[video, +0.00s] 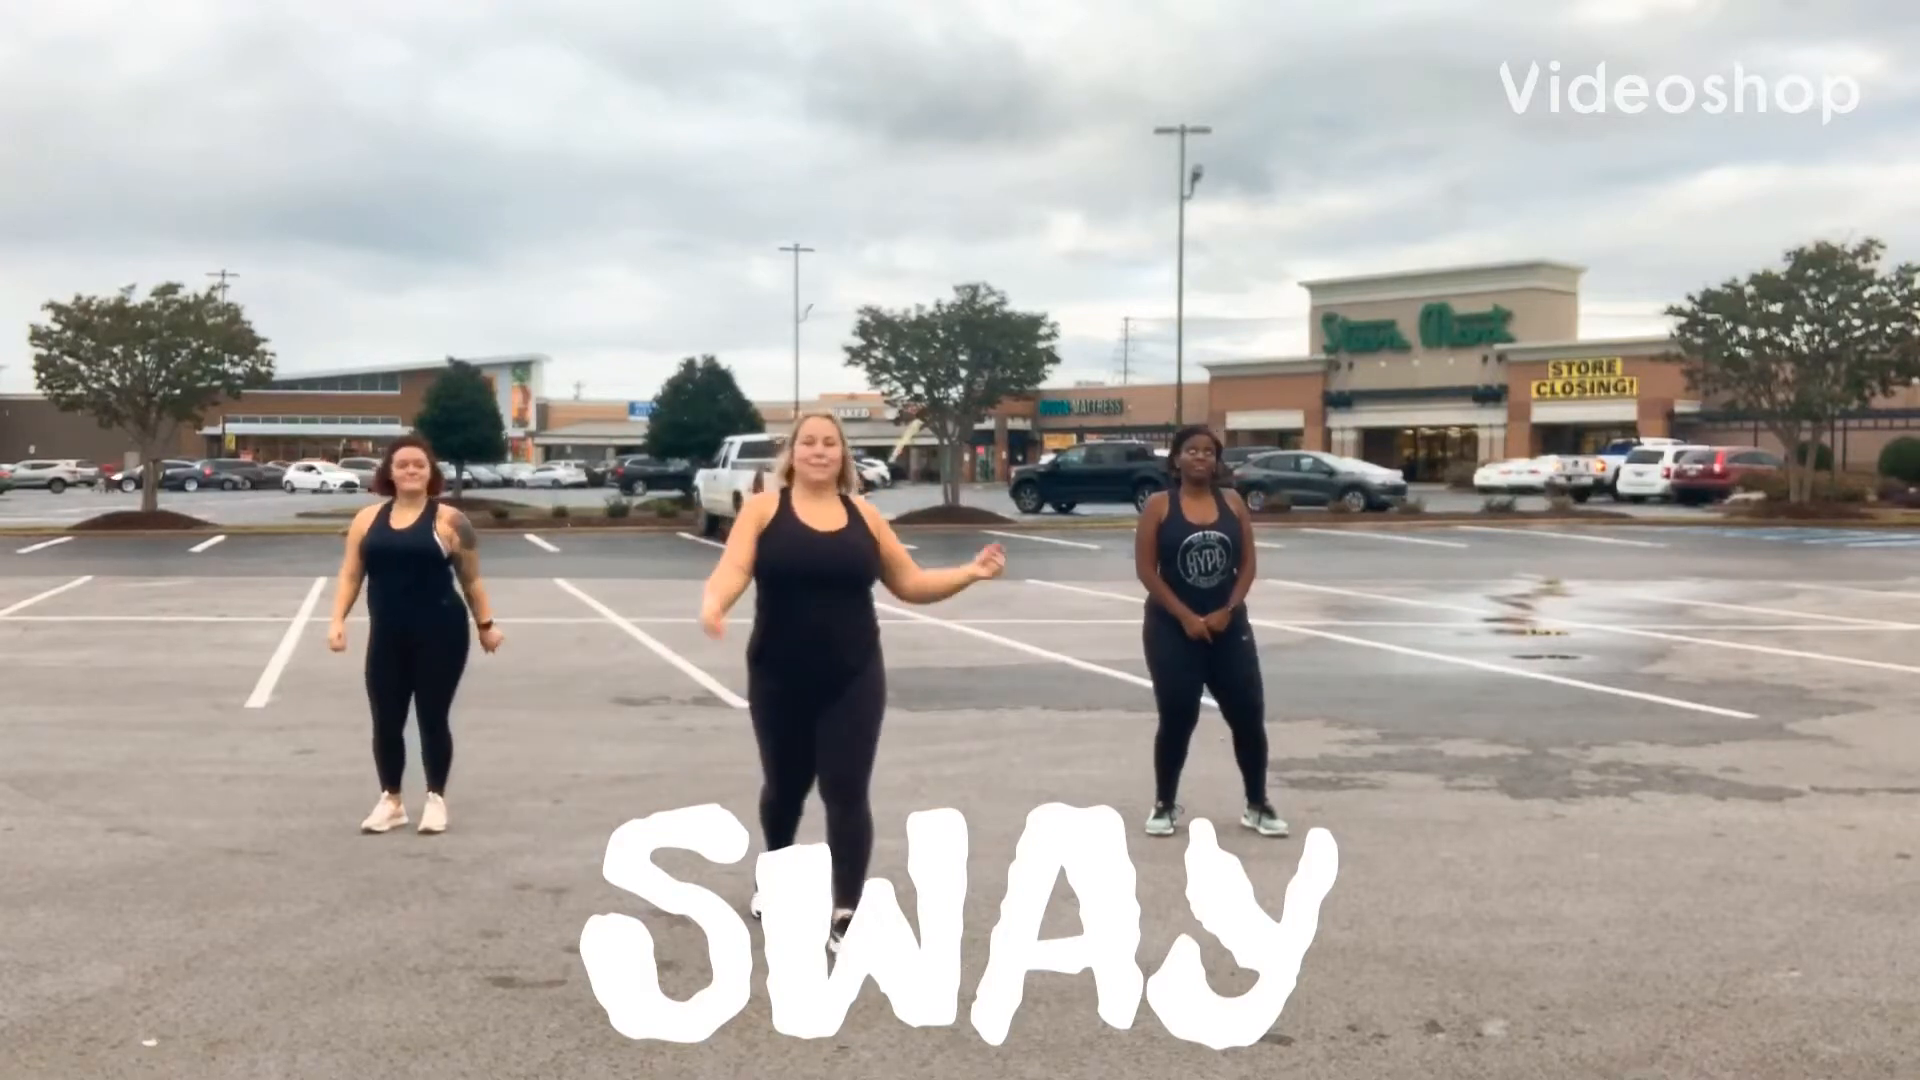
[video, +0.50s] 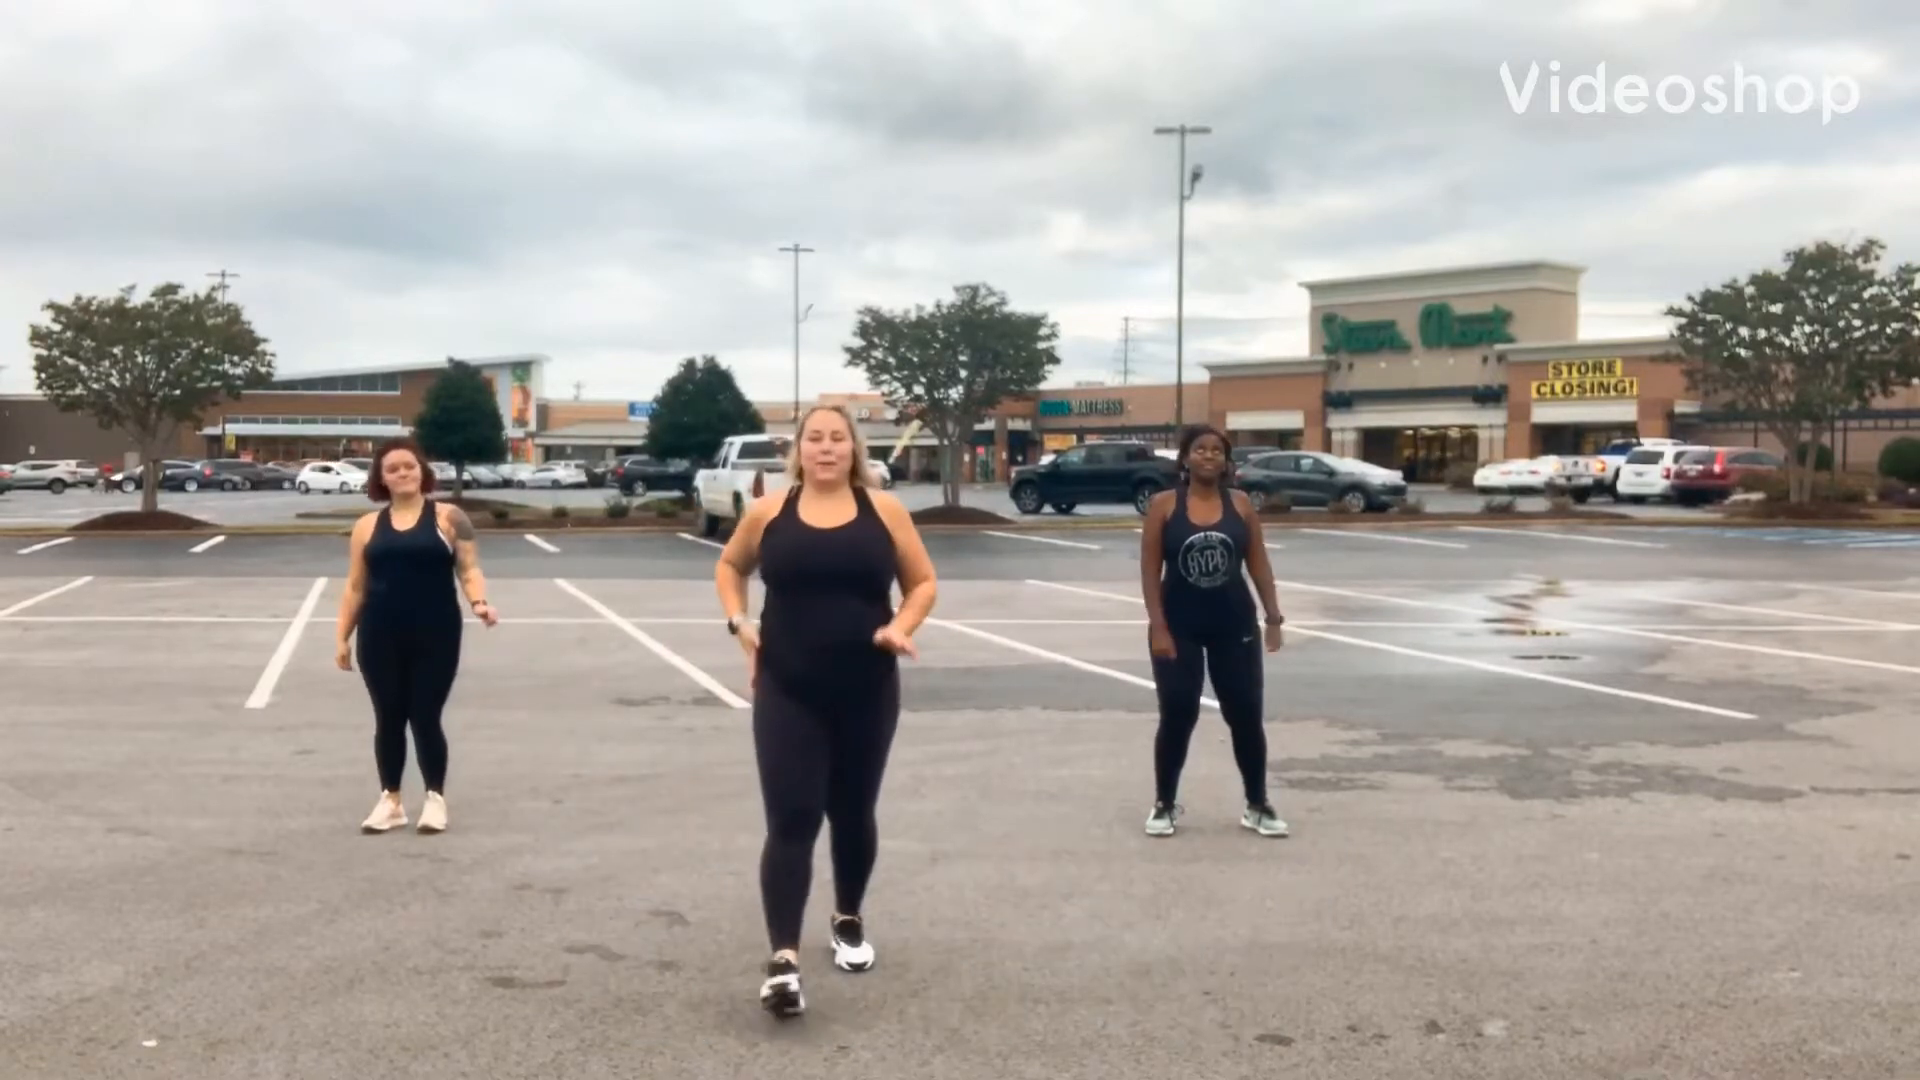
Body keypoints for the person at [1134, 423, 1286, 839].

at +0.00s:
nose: (1200, 457)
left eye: (1208, 452)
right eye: (1192, 451)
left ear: (1217, 461)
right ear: (1177, 458)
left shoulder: (1232, 503)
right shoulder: (1159, 506)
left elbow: (1248, 565)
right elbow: (1146, 571)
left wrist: (1228, 609)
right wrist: (1186, 616)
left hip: (1227, 623)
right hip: (1172, 626)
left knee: (1249, 715)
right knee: (1177, 718)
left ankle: (1257, 805)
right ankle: (1164, 805)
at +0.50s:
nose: (1209, 456)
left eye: (1216, 451)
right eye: (1201, 449)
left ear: (1226, 460)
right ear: (1185, 457)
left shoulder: (1240, 502)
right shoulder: (1164, 505)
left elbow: (1258, 562)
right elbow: (1151, 570)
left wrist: (1273, 615)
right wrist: (1158, 626)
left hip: (1234, 625)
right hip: (1179, 627)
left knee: (1247, 717)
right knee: (1177, 717)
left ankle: (1257, 805)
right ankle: (1164, 805)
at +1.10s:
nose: (1223, 453)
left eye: (1231, 448)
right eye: (1215, 447)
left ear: (1242, 459)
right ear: (1200, 457)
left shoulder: (1255, 504)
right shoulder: (1179, 500)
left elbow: (1267, 567)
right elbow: (1164, 565)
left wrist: (1267, 623)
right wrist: (1160, 623)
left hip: (1247, 628)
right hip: (1192, 627)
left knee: (1251, 719)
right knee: (1186, 717)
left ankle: (1258, 805)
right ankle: (1165, 804)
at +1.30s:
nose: (1220, 453)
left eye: (1228, 447)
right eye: (1212, 447)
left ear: (1239, 457)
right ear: (1198, 457)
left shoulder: (1256, 501)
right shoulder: (1178, 502)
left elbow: (1271, 566)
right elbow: (1162, 565)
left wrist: (1251, 610)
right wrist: (1152, 620)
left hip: (1247, 625)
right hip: (1191, 625)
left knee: (1251, 720)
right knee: (1186, 717)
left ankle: (1258, 806)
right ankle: (1165, 805)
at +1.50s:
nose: (1216, 453)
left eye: (1223, 447)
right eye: (1207, 448)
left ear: (1235, 456)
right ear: (1193, 459)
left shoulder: (1254, 500)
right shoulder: (1176, 504)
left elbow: (1271, 562)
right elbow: (1158, 569)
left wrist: (1269, 614)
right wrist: (1148, 625)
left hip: (1244, 628)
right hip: (1187, 628)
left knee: (1252, 720)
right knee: (1184, 718)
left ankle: (1258, 806)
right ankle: (1164, 805)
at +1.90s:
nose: (1213, 451)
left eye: (1220, 445)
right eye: (1204, 446)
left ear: (1231, 455)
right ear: (1189, 459)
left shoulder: (1252, 498)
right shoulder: (1174, 501)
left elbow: (1273, 557)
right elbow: (1161, 563)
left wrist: (1290, 610)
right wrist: (1160, 619)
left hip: (1239, 628)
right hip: (1185, 628)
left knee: (1247, 719)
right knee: (1178, 717)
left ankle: (1257, 805)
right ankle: (1162, 805)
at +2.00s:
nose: (1213, 452)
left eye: (1219, 446)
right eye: (1203, 447)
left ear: (1230, 455)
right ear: (1189, 460)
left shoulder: (1251, 499)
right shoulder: (1174, 502)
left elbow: (1270, 558)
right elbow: (1159, 566)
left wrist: (1285, 611)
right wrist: (1155, 624)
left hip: (1237, 628)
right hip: (1183, 629)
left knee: (1250, 719)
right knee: (1179, 716)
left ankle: (1258, 806)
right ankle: (1162, 806)